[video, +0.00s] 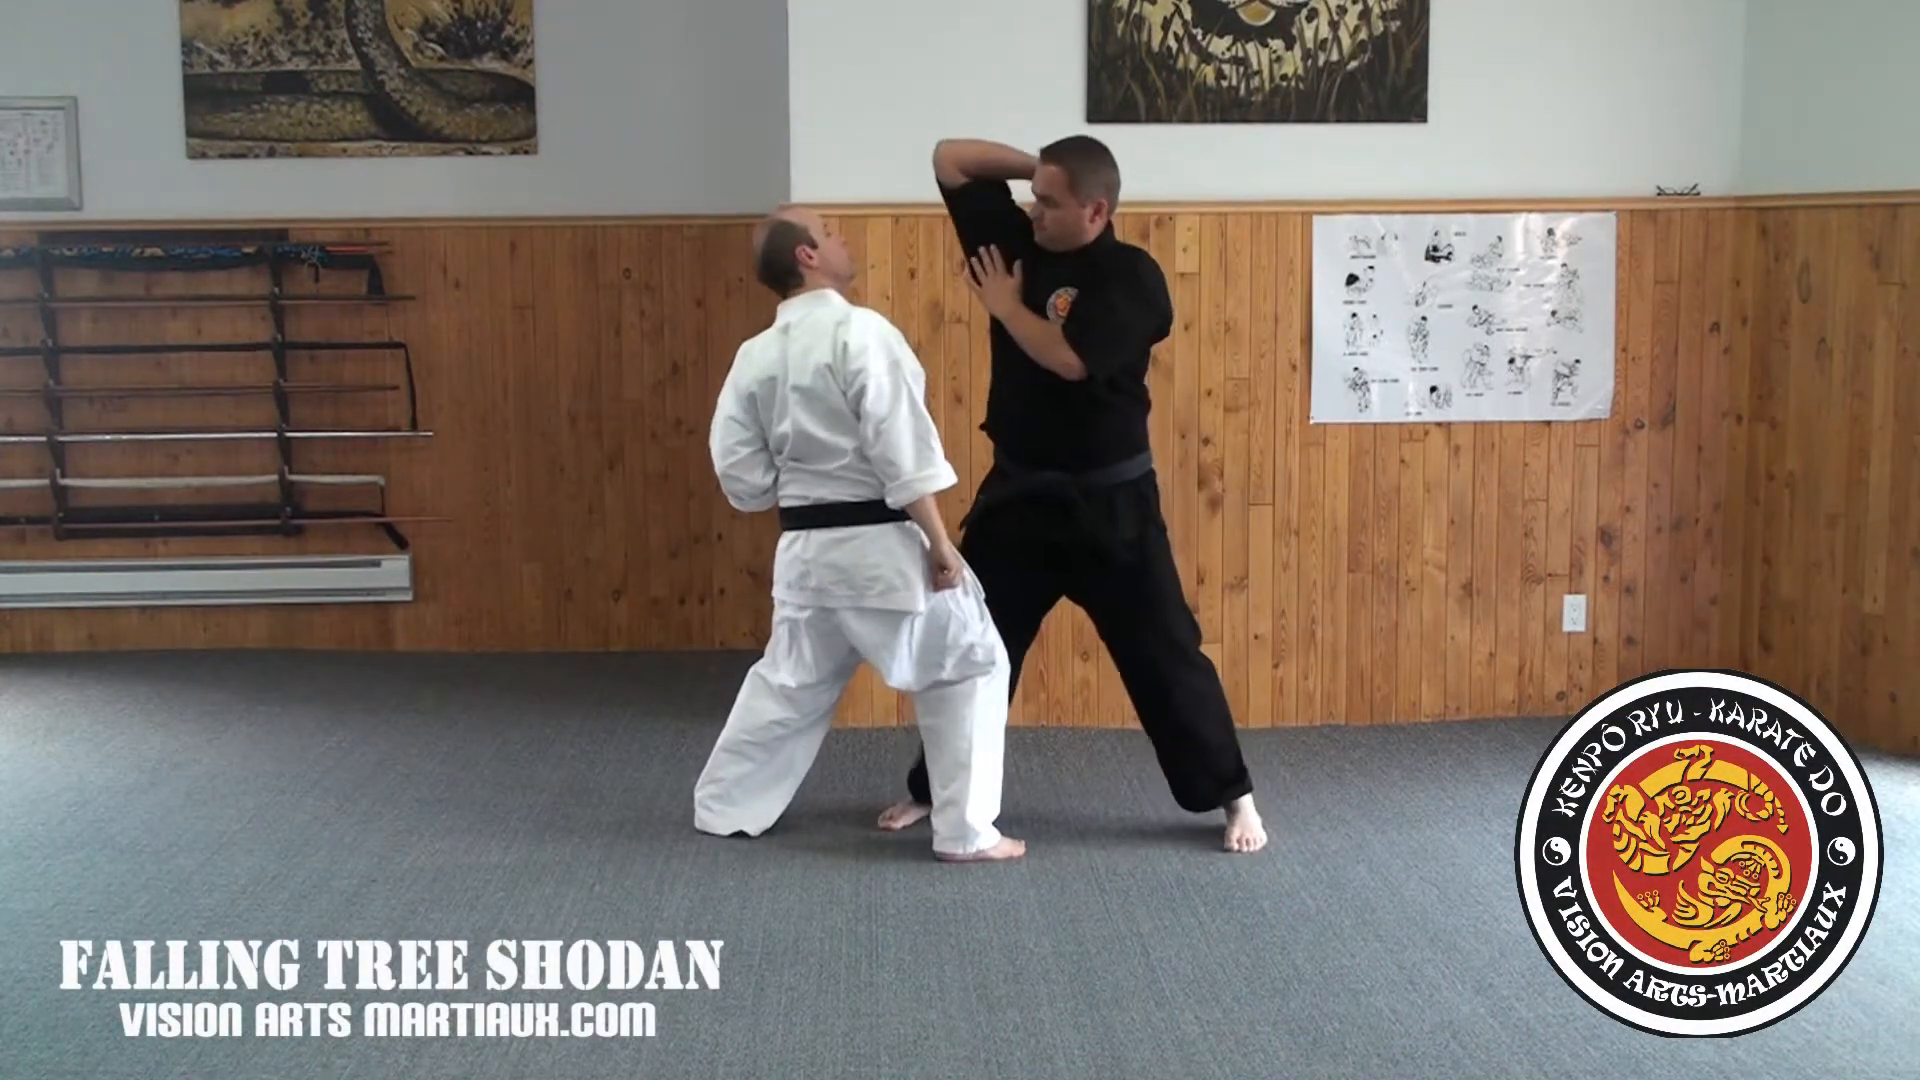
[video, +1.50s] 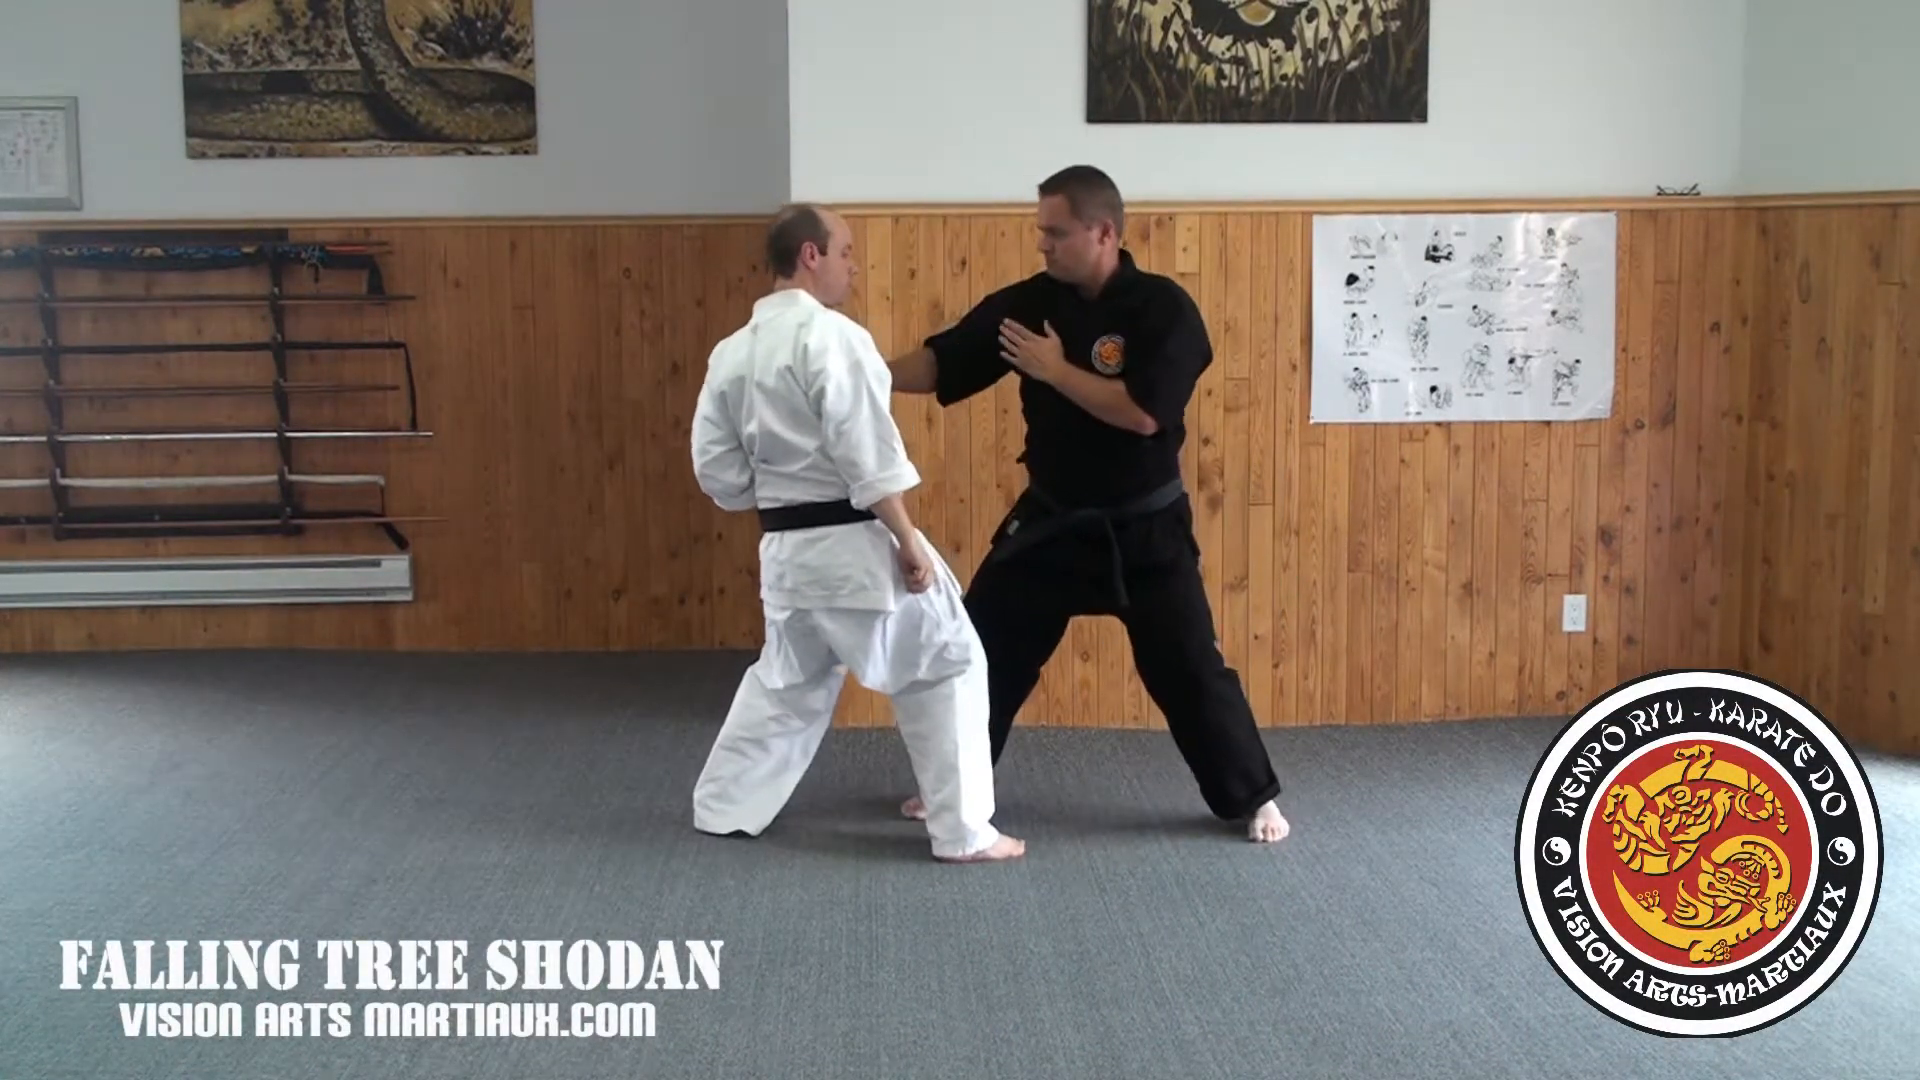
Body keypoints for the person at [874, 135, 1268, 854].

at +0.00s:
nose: (1034, 208)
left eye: (1049, 201)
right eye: (1035, 195)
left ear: (1094, 212)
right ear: (1035, 192)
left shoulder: (1133, 279)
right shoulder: (1011, 249)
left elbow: (1069, 357)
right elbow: (949, 161)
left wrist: (1006, 308)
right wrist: (1043, 166)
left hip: (1112, 500)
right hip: (1018, 493)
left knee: (1167, 650)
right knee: (966, 646)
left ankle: (1235, 797)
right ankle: (930, 794)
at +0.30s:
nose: (1017, 224)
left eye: (1030, 215)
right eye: (1017, 211)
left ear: (1077, 224)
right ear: (1021, 210)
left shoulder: (1120, 288)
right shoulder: (1008, 256)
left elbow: (1048, 365)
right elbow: (948, 167)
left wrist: (994, 315)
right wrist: (1034, 172)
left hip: (1109, 510)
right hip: (1017, 505)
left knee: (1169, 657)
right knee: (961, 649)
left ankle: (1255, 797)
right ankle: (916, 785)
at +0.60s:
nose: (998, 255)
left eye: (1010, 245)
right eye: (996, 243)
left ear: (1059, 246)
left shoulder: (1111, 315)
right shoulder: (991, 315)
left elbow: (1069, 408)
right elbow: (879, 317)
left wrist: (991, 373)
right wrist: (943, 257)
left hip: (1108, 539)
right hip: (1014, 536)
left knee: (1163, 683)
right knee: (941, 662)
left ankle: (1244, 804)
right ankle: (913, 790)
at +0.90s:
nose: (1002, 239)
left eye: (1014, 227)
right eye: (1000, 227)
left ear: (1065, 229)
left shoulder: (1116, 303)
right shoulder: (990, 295)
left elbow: (1079, 399)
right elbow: (877, 291)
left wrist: (993, 351)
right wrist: (920, 232)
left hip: (1109, 522)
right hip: (1014, 519)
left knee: (1169, 661)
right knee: (948, 654)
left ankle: (1250, 790)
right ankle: (915, 790)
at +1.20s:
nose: (1038, 242)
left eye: (1049, 230)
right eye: (1035, 229)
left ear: (1100, 231)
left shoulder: (1158, 304)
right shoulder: (1033, 301)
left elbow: (1133, 406)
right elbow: (947, 338)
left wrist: (1047, 364)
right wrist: (928, 298)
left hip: (1147, 525)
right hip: (1052, 520)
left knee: (1193, 669)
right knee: (982, 652)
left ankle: (1254, 800)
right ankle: (960, 786)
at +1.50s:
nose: (1041, 245)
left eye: (1053, 233)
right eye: (1039, 232)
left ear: (1104, 235)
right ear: (1086, 235)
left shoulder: (1164, 310)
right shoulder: (1027, 307)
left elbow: (1147, 413)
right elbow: (940, 361)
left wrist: (1056, 371)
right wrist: (860, 377)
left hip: (1146, 526)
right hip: (1049, 522)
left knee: (1188, 667)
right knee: (981, 652)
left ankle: (1255, 798)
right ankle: (954, 786)